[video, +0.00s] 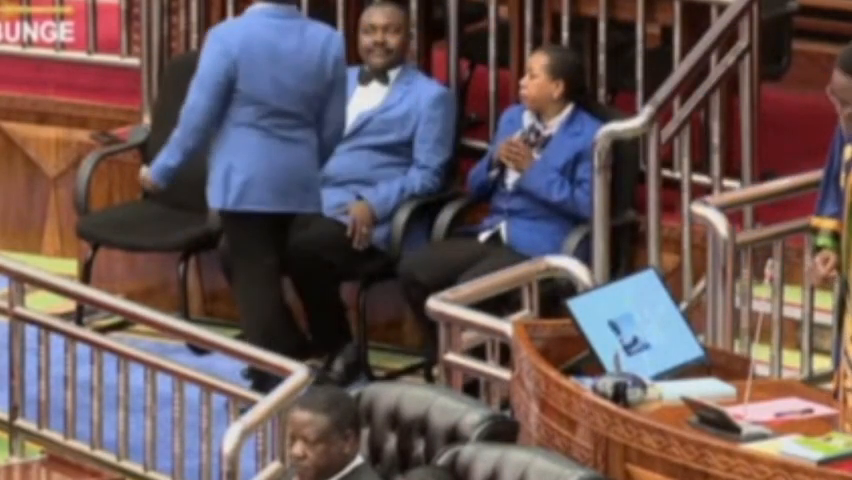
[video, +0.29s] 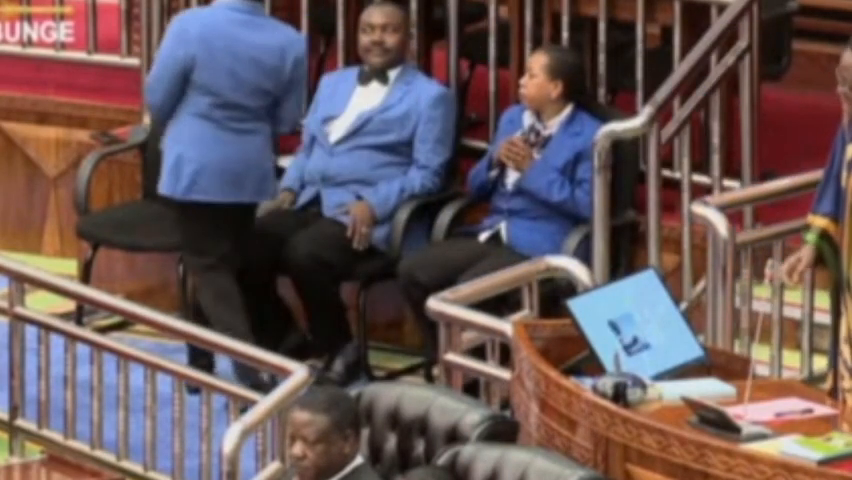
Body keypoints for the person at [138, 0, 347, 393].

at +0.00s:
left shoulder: (228, 35)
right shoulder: (326, 40)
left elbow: (199, 116)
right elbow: (332, 124)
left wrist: (161, 169)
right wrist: (311, 166)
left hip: (243, 174)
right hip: (298, 174)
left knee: (256, 277)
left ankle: (277, 373)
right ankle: (291, 353)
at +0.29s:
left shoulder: (188, 26)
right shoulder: (289, 41)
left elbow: (158, 96)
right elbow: (289, 118)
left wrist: (167, 127)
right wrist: (253, 128)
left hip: (193, 163)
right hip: (252, 167)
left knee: (211, 268)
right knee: (213, 266)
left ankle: (251, 373)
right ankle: (199, 367)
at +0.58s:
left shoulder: (166, 14)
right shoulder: (267, 35)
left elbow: (134, 81)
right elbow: (267, 110)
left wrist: (166, 104)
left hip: (163, 159)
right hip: (226, 166)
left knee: (152, 253)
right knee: (206, 261)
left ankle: (160, 356)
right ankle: (197, 366)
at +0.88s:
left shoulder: (123, 10)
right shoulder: (226, 29)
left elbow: (107, 76)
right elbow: (238, 105)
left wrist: (145, 86)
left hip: (135, 147)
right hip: (196, 154)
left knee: (136, 248)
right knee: (195, 253)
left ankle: (127, 355)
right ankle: (193, 367)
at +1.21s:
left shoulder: (96, 8)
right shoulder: (186, 21)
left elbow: (96, 72)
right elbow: (205, 99)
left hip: (114, 145)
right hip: (171, 154)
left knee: (129, 235)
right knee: (192, 246)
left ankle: (126, 349)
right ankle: (193, 352)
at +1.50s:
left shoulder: (101, 7)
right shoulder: (183, 15)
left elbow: (100, 68)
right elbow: (199, 95)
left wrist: (128, 90)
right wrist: (226, 105)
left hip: (116, 139)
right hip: (173, 146)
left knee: (128, 237)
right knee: (194, 238)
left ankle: (125, 349)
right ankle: (192, 345)